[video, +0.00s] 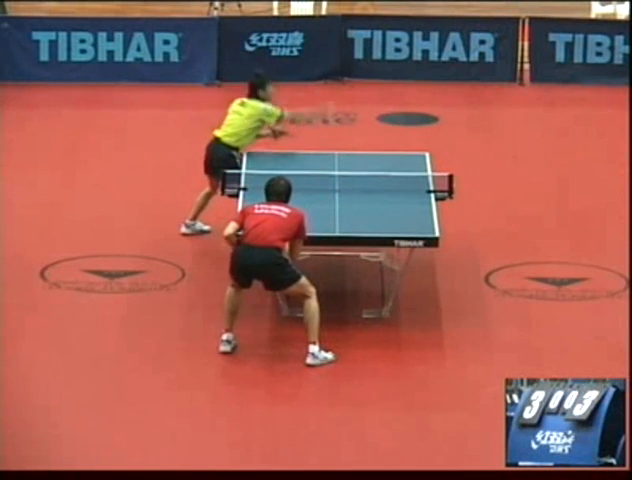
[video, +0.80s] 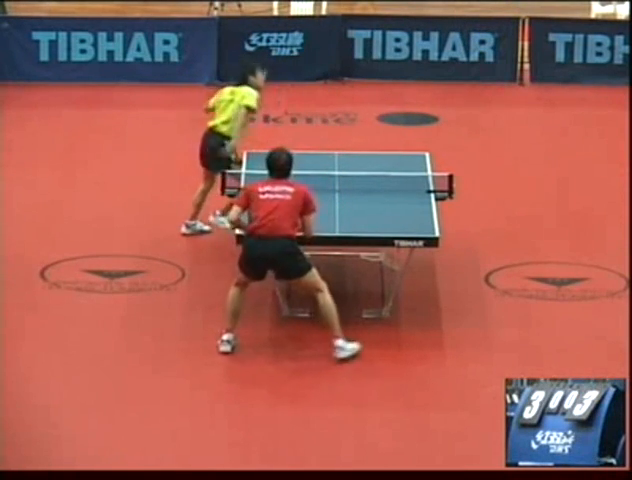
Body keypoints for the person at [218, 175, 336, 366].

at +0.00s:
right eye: (286, 194)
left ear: (266, 195)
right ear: (288, 196)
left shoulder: (250, 209)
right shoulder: (296, 216)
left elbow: (228, 233)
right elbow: (294, 254)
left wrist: (240, 247)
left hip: (243, 252)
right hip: (271, 255)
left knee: (235, 287)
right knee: (310, 294)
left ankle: (227, 335)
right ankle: (314, 349)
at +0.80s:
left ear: (268, 168)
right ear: (290, 169)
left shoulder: (253, 189)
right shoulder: (301, 192)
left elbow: (233, 218)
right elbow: (308, 233)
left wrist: (249, 229)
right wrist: (290, 233)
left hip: (255, 244)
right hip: (285, 246)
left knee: (240, 285)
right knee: (320, 289)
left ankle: (228, 336)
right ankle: (340, 342)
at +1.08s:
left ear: (290, 168)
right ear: (312, 169)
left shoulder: (276, 190)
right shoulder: (324, 193)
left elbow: (259, 221)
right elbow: (339, 232)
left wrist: (272, 227)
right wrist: (324, 228)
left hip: (277, 245)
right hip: (307, 247)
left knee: (247, 286)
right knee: (339, 290)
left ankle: (230, 337)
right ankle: (350, 345)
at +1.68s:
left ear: (366, 182)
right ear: (386, 186)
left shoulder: (359, 198)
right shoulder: (392, 212)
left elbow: (347, 215)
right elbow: (404, 217)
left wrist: (320, 238)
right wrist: (406, 197)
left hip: (341, 256)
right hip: (369, 259)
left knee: (295, 297)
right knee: (390, 278)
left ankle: (275, 342)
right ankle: (405, 324)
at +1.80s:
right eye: (374, 172)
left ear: (357, 174)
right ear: (378, 176)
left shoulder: (350, 194)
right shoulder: (386, 201)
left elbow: (337, 218)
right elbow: (404, 223)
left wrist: (310, 239)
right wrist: (400, 200)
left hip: (340, 253)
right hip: (368, 255)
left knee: (293, 293)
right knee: (388, 280)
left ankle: (286, 338)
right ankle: (406, 325)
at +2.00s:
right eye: (350, 162)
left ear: (331, 164)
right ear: (353, 166)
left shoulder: (316, 185)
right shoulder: (363, 191)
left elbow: (289, 209)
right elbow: (386, 223)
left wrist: (306, 210)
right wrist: (381, 210)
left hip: (317, 248)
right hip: (348, 250)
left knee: (286, 293)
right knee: (373, 293)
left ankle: (289, 346)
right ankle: (395, 331)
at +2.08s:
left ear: (324, 167)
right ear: (347, 168)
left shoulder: (309, 187)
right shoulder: (356, 193)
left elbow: (290, 220)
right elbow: (377, 227)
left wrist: (301, 218)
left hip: (310, 247)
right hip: (340, 249)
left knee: (275, 290)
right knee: (368, 291)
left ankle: (269, 343)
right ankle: (385, 341)